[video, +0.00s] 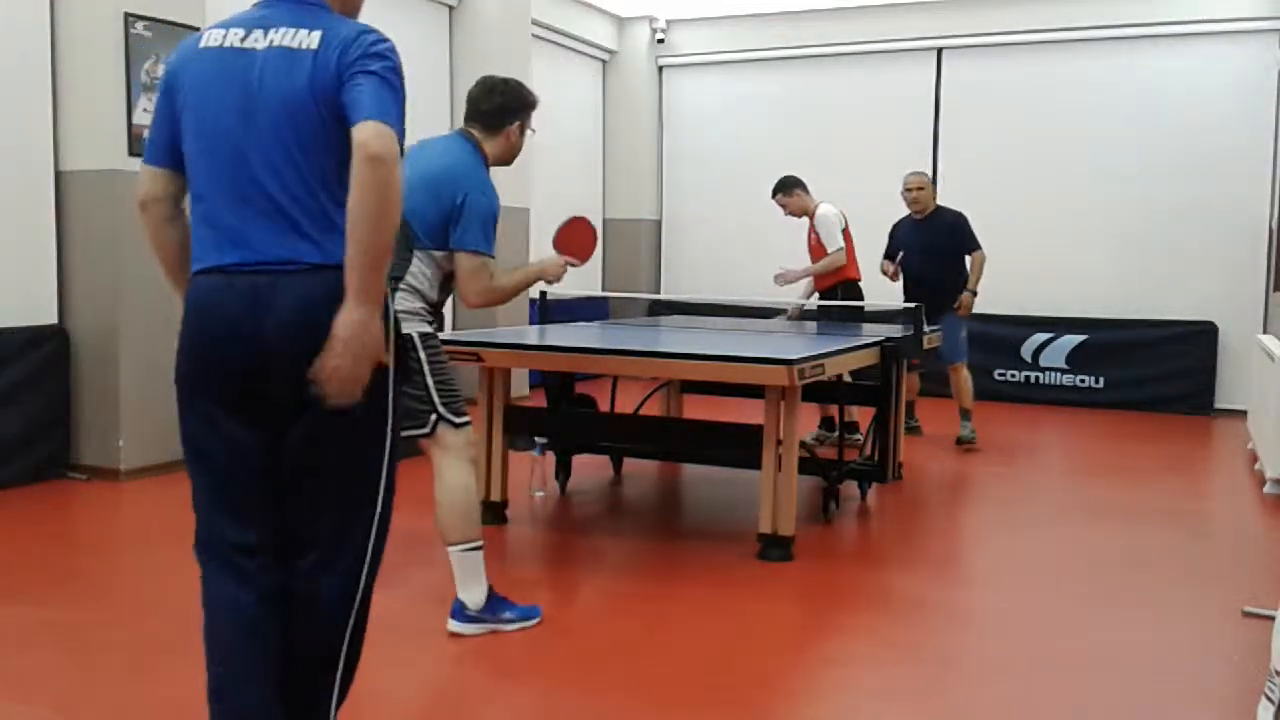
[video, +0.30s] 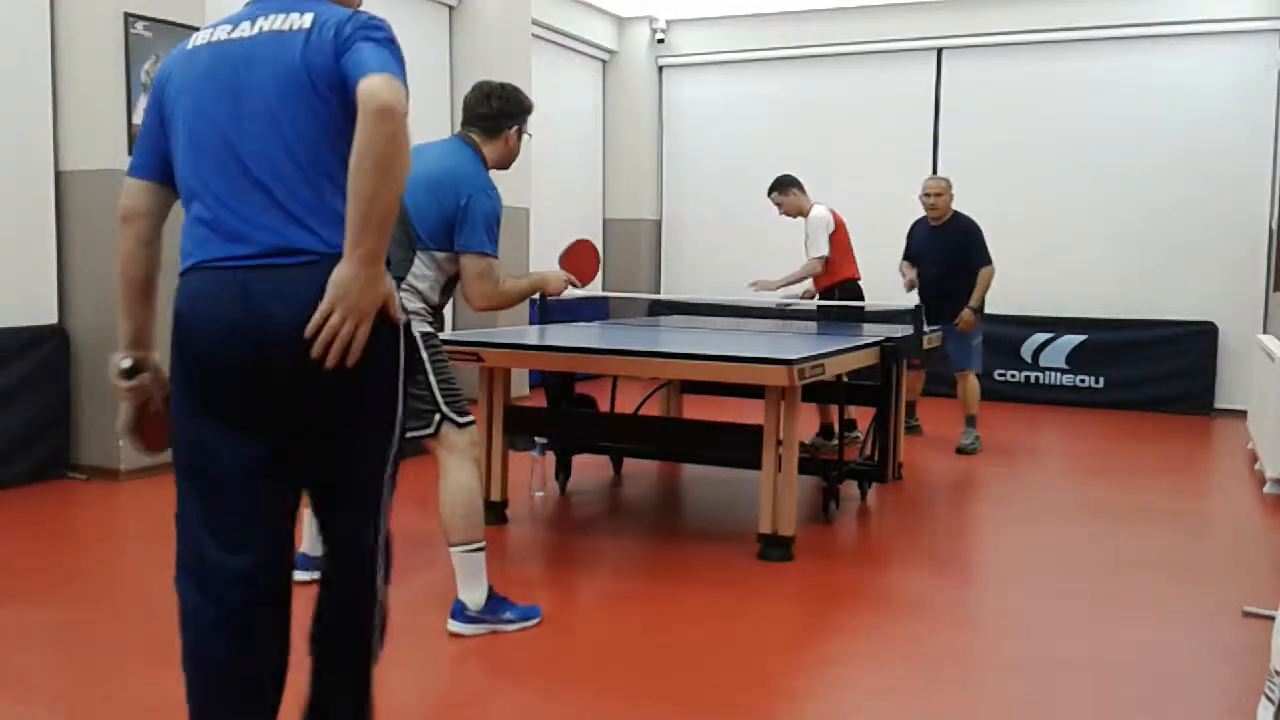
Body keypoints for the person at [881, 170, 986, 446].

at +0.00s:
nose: (913, 195)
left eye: (920, 189)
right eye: (908, 190)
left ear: (933, 192)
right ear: (902, 195)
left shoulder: (954, 220)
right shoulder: (900, 228)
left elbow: (978, 255)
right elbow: (887, 261)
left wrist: (970, 291)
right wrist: (890, 269)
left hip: (950, 306)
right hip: (914, 307)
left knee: (956, 364)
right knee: (909, 363)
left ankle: (966, 424)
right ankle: (909, 418)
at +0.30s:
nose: (932, 201)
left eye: (938, 196)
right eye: (927, 196)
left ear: (951, 197)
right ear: (921, 199)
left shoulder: (967, 228)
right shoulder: (918, 228)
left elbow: (986, 269)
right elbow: (907, 261)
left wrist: (972, 307)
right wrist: (909, 274)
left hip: (960, 313)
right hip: (926, 313)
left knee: (964, 372)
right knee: (913, 364)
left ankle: (971, 430)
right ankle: (909, 417)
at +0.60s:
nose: (943, 208)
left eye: (949, 203)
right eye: (938, 203)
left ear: (961, 205)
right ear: (931, 203)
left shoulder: (975, 233)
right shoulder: (927, 228)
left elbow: (993, 277)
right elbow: (915, 260)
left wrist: (979, 317)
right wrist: (910, 282)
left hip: (968, 316)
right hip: (936, 315)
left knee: (967, 372)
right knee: (928, 365)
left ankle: (971, 430)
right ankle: (924, 411)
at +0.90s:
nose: (931, 210)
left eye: (938, 205)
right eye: (927, 205)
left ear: (951, 207)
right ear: (921, 208)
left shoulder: (969, 234)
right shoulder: (921, 234)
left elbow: (988, 278)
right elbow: (907, 268)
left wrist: (973, 317)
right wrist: (913, 287)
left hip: (967, 315)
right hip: (935, 315)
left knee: (966, 371)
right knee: (928, 366)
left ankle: (972, 430)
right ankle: (927, 415)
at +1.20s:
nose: (930, 213)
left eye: (937, 208)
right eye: (926, 208)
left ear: (951, 209)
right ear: (921, 210)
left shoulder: (968, 236)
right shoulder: (922, 236)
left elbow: (989, 278)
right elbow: (911, 266)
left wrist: (974, 318)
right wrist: (903, 284)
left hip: (969, 317)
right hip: (937, 315)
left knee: (969, 371)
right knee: (929, 366)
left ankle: (971, 431)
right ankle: (927, 415)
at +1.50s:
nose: (930, 221)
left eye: (937, 216)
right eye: (926, 215)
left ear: (951, 216)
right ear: (921, 215)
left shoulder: (968, 240)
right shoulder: (920, 240)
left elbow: (994, 281)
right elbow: (903, 272)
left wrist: (975, 320)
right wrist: (908, 289)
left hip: (970, 319)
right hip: (937, 317)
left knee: (970, 371)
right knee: (928, 366)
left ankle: (972, 431)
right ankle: (927, 415)